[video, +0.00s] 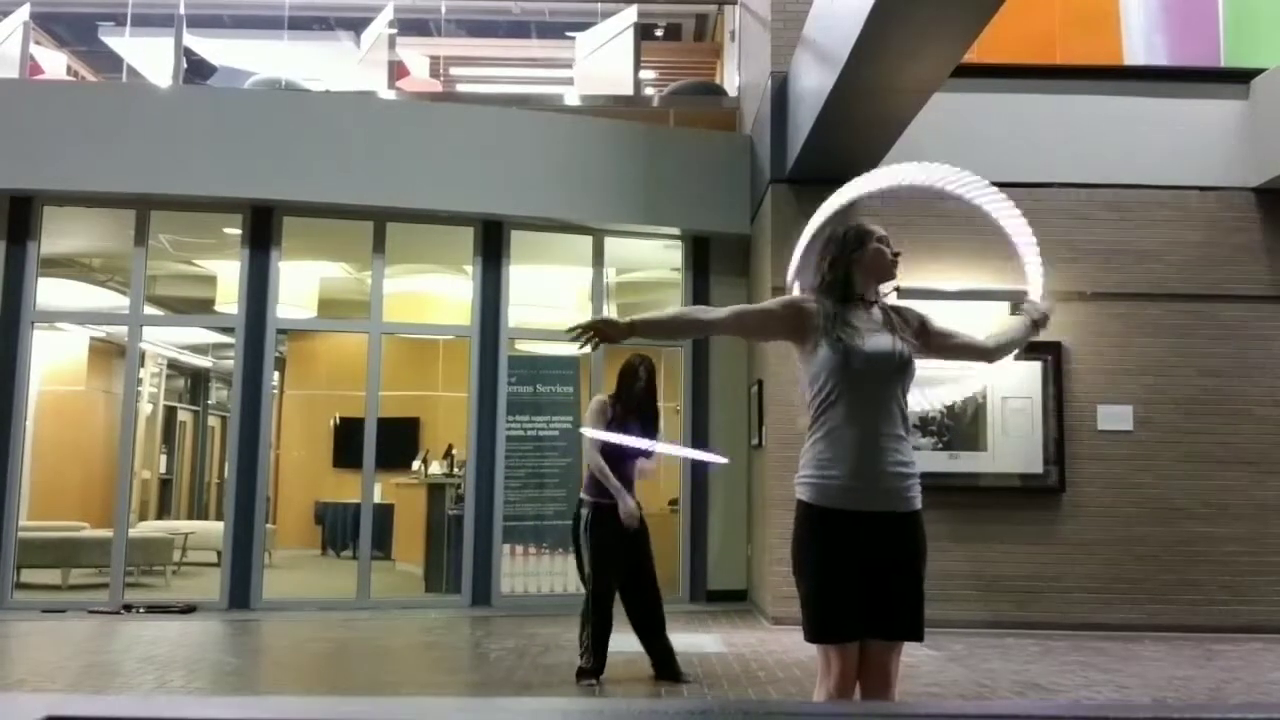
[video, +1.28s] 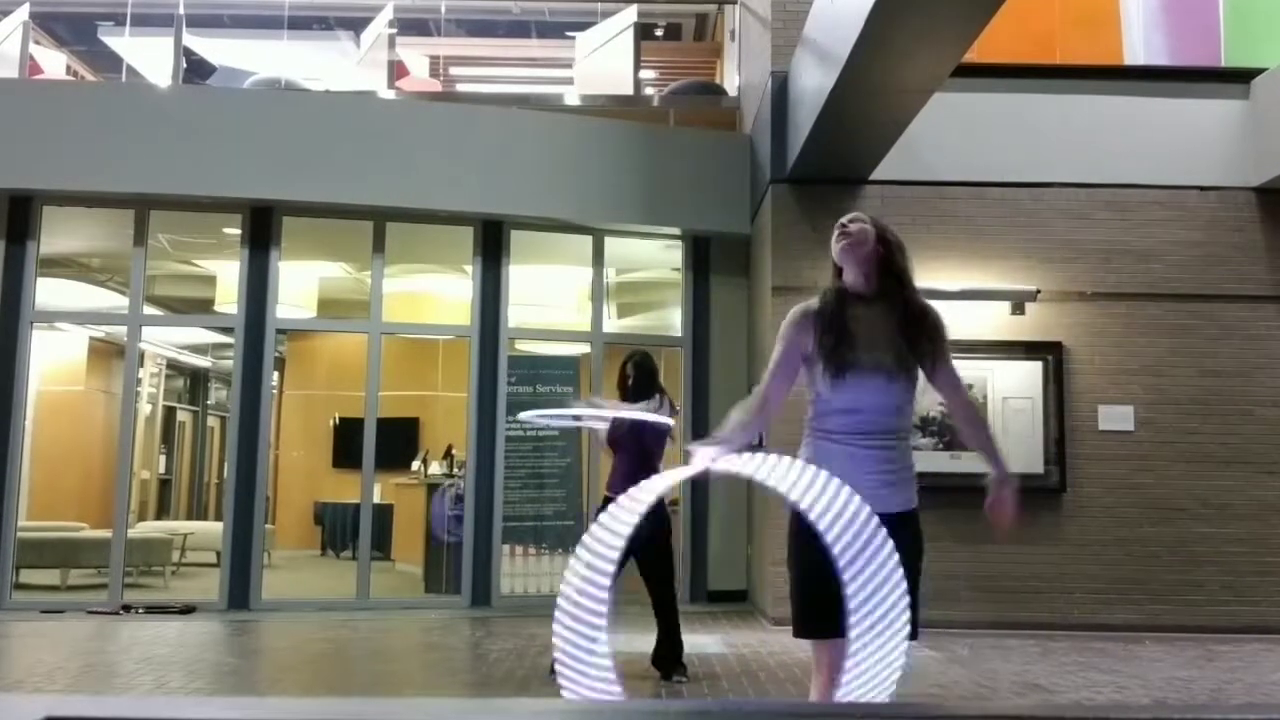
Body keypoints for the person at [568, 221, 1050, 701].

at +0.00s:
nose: (891, 249)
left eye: (890, 242)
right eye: (877, 242)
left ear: (883, 263)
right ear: (845, 257)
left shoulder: (904, 322)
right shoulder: (808, 313)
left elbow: (987, 349)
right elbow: (713, 320)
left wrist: (1031, 320)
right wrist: (627, 328)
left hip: (896, 508)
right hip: (829, 507)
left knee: (882, 674)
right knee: (841, 673)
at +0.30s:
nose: (883, 244)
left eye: (881, 237)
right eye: (869, 237)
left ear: (876, 254)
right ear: (838, 252)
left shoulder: (901, 321)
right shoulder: (801, 315)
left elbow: (986, 364)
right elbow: (725, 342)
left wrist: (1075, 388)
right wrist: (658, 347)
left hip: (887, 505)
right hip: (819, 504)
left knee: (875, 668)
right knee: (830, 667)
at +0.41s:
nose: (873, 239)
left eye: (874, 233)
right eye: (859, 233)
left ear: (877, 252)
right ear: (829, 252)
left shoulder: (904, 324)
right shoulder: (795, 318)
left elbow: (982, 375)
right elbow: (724, 359)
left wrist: (1063, 415)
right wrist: (694, 360)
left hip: (883, 507)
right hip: (815, 507)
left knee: (872, 667)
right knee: (828, 672)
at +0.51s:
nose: (866, 241)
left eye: (870, 234)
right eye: (852, 234)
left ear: (877, 253)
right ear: (824, 253)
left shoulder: (905, 323)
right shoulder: (797, 318)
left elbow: (971, 393)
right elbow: (750, 375)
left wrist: (1033, 460)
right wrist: (739, 375)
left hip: (883, 508)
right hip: (816, 508)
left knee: (874, 666)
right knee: (830, 667)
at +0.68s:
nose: (861, 239)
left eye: (869, 233)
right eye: (848, 235)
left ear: (881, 252)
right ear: (828, 256)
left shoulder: (908, 325)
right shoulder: (803, 317)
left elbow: (944, 416)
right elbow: (782, 412)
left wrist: (931, 442)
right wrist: (816, 373)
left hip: (885, 500)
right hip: (815, 499)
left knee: (875, 652)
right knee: (820, 654)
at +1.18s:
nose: (840, 235)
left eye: (853, 228)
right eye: (832, 233)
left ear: (880, 250)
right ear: (827, 258)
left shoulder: (909, 320)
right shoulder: (804, 320)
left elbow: (946, 423)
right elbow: (777, 427)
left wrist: (978, 504)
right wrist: (783, 407)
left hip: (889, 511)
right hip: (817, 509)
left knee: (875, 671)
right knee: (830, 669)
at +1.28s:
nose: (845, 234)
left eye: (857, 229)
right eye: (838, 232)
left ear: (883, 250)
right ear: (833, 256)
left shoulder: (916, 319)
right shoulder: (808, 318)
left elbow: (958, 401)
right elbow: (765, 399)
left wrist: (999, 470)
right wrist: (718, 444)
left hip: (893, 501)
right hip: (822, 497)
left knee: (884, 652)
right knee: (830, 659)